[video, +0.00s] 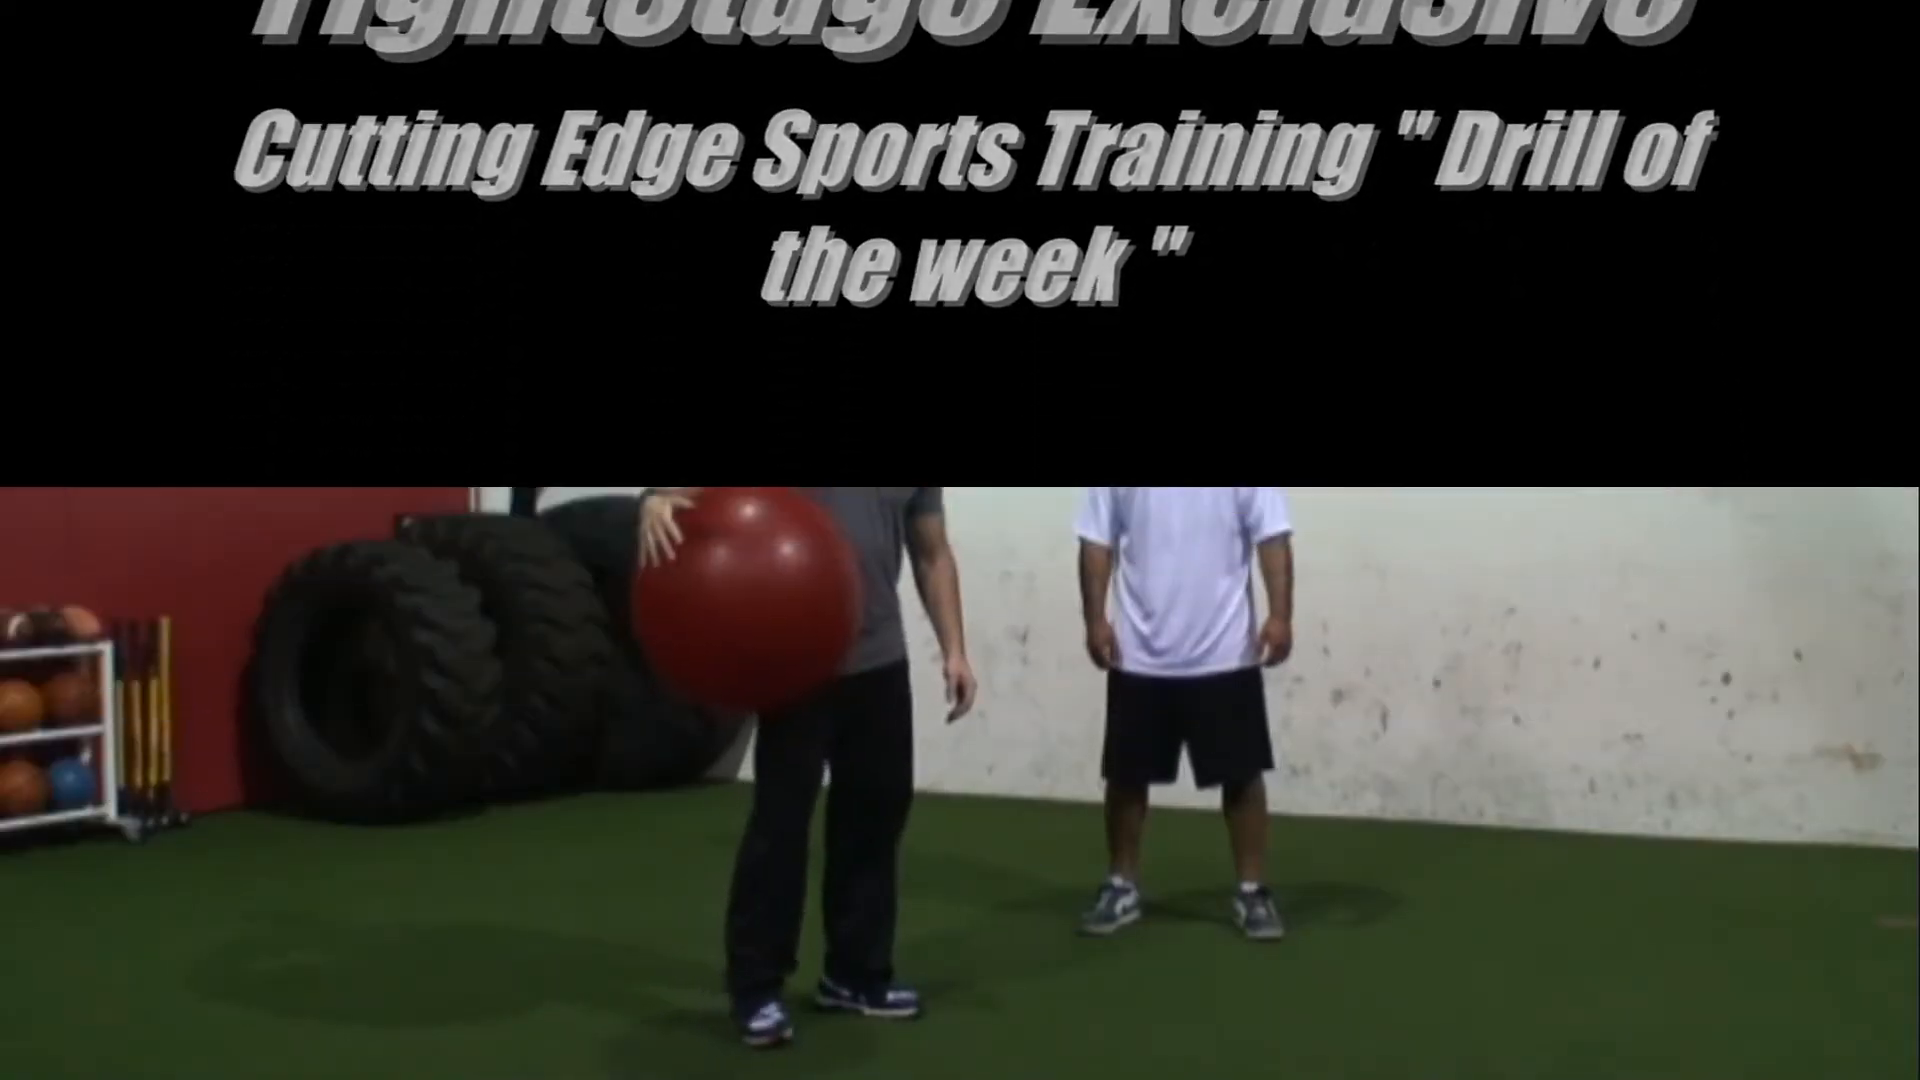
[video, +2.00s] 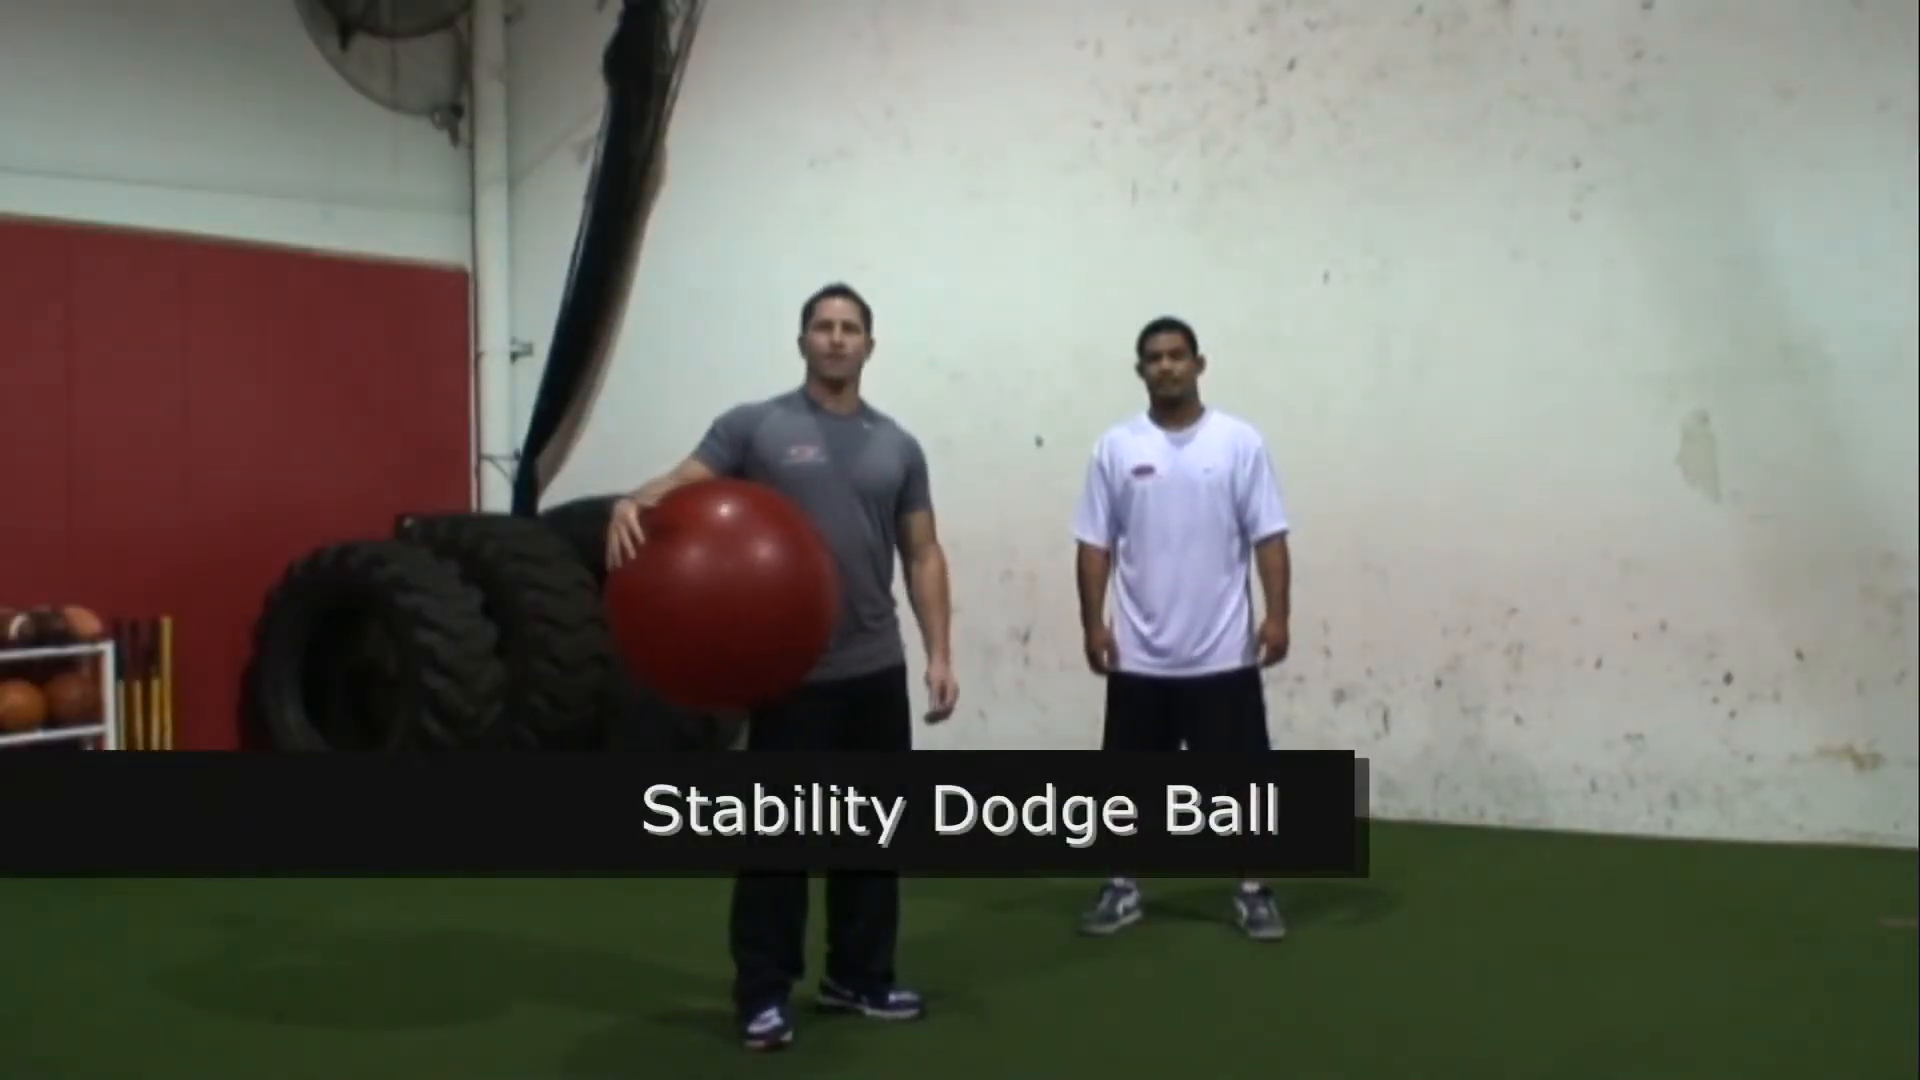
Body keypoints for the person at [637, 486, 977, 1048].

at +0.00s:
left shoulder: (909, 491)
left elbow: (931, 548)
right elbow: (709, 502)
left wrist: (955, 648)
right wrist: (658, 498)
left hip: (877, 657)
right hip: (793, 656)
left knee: (873, 819)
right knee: (782, 821)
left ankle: (856, 975)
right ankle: (757, 991)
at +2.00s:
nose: (837, 338)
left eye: (850, 328)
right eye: (824, 327)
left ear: (869, 344)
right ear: (802, 341)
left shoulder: (897, 446)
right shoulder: (754, 426)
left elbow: (923, 552)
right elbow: (681, 484)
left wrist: (939, 651)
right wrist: (630, 504)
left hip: (874, 668)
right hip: (784, 673)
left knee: (873, 831)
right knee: (777, 834)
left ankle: (859, 976)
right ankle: (766, 994)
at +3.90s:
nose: (834, 334)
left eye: (847, 324)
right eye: (821, 324)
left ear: (869, 341)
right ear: (800, 340)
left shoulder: (899, 444)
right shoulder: (756, 426)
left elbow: (929, 552)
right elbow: (686, 484)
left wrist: (941, 657)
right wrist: (646, 501)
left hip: (878, 669)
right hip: (790, 671)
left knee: (876, 831)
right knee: (781, 833)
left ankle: (861, 977)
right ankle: (765, 994)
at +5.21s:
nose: (849, 338)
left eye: (861, 328)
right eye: (836, 326)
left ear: (878, 344)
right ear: (811, 338)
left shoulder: (896, 449)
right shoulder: (761, 423)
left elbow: (918, 554)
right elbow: (690, 480)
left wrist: (948, 645)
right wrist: (661, 494)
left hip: (877, 670)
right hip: (791, 672)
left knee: (874, 828)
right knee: (782, 834)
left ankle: (860, 974)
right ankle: (764, 993)